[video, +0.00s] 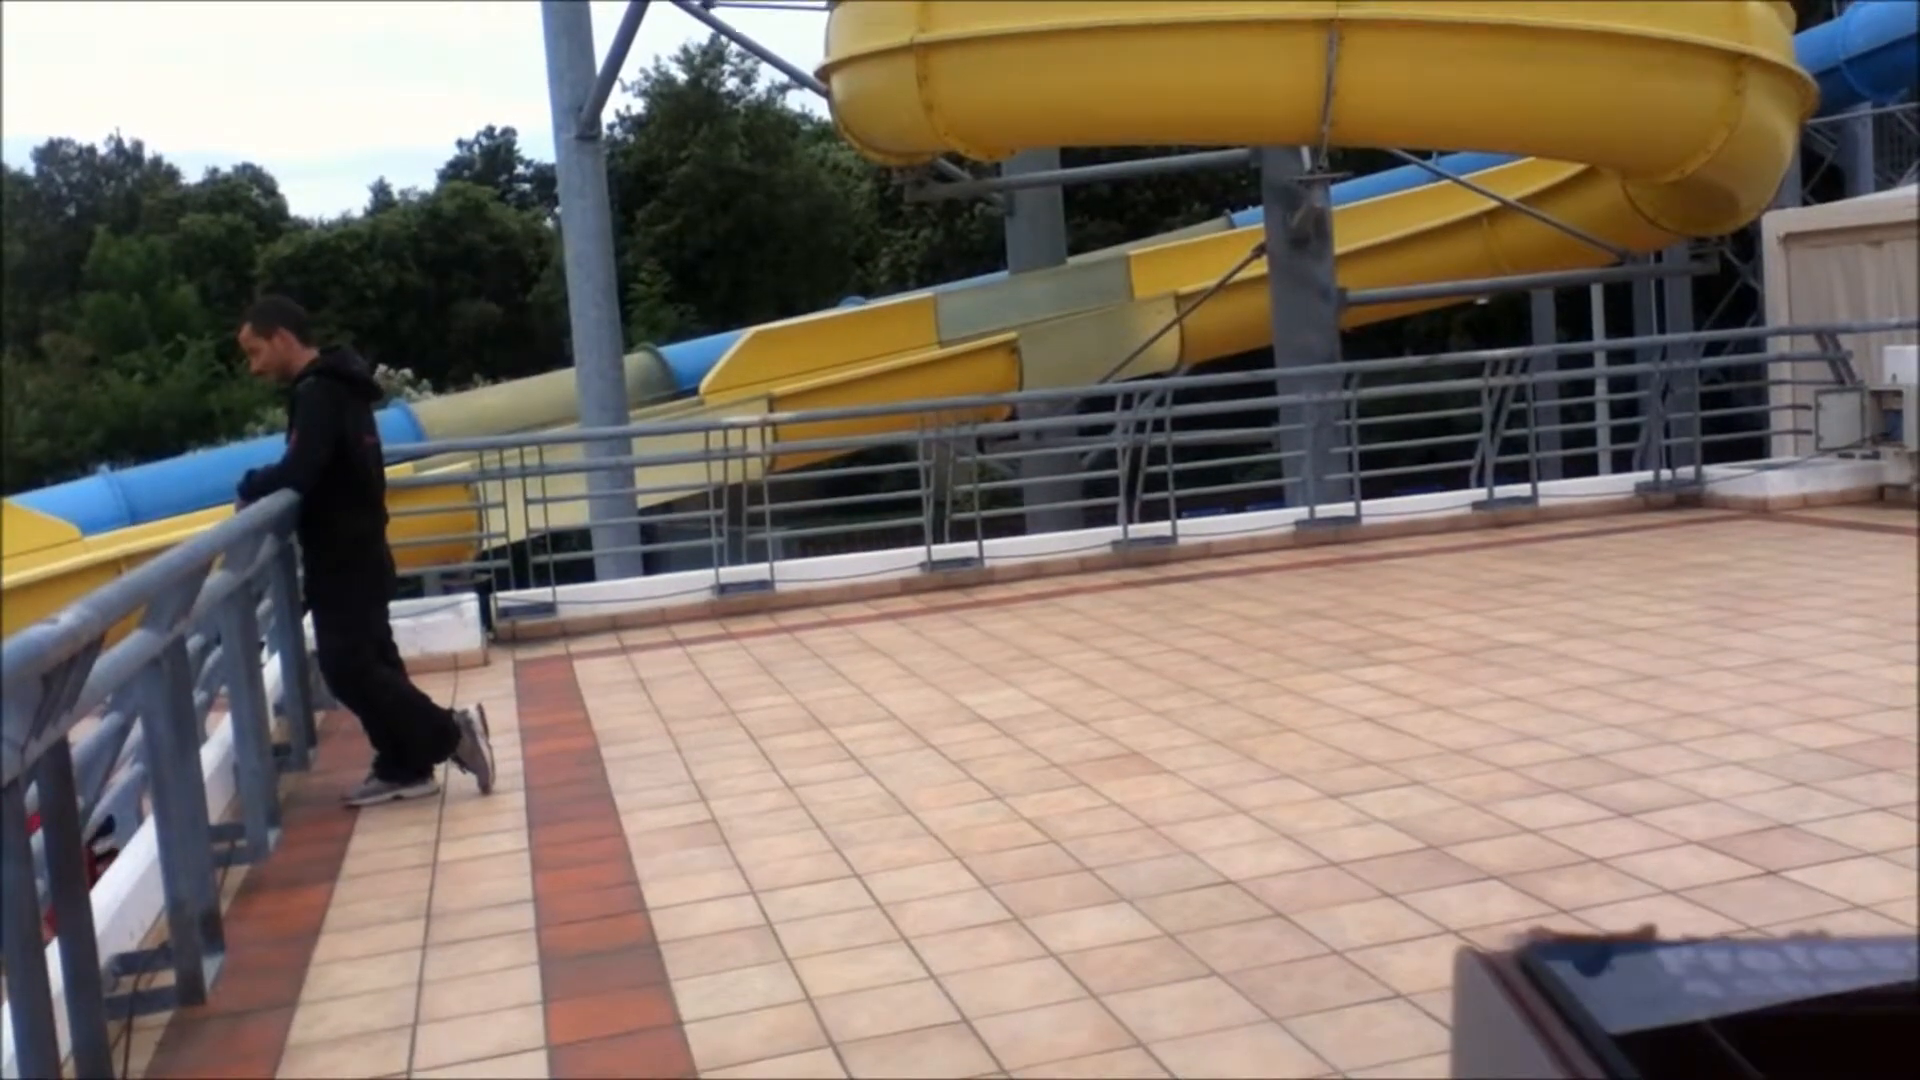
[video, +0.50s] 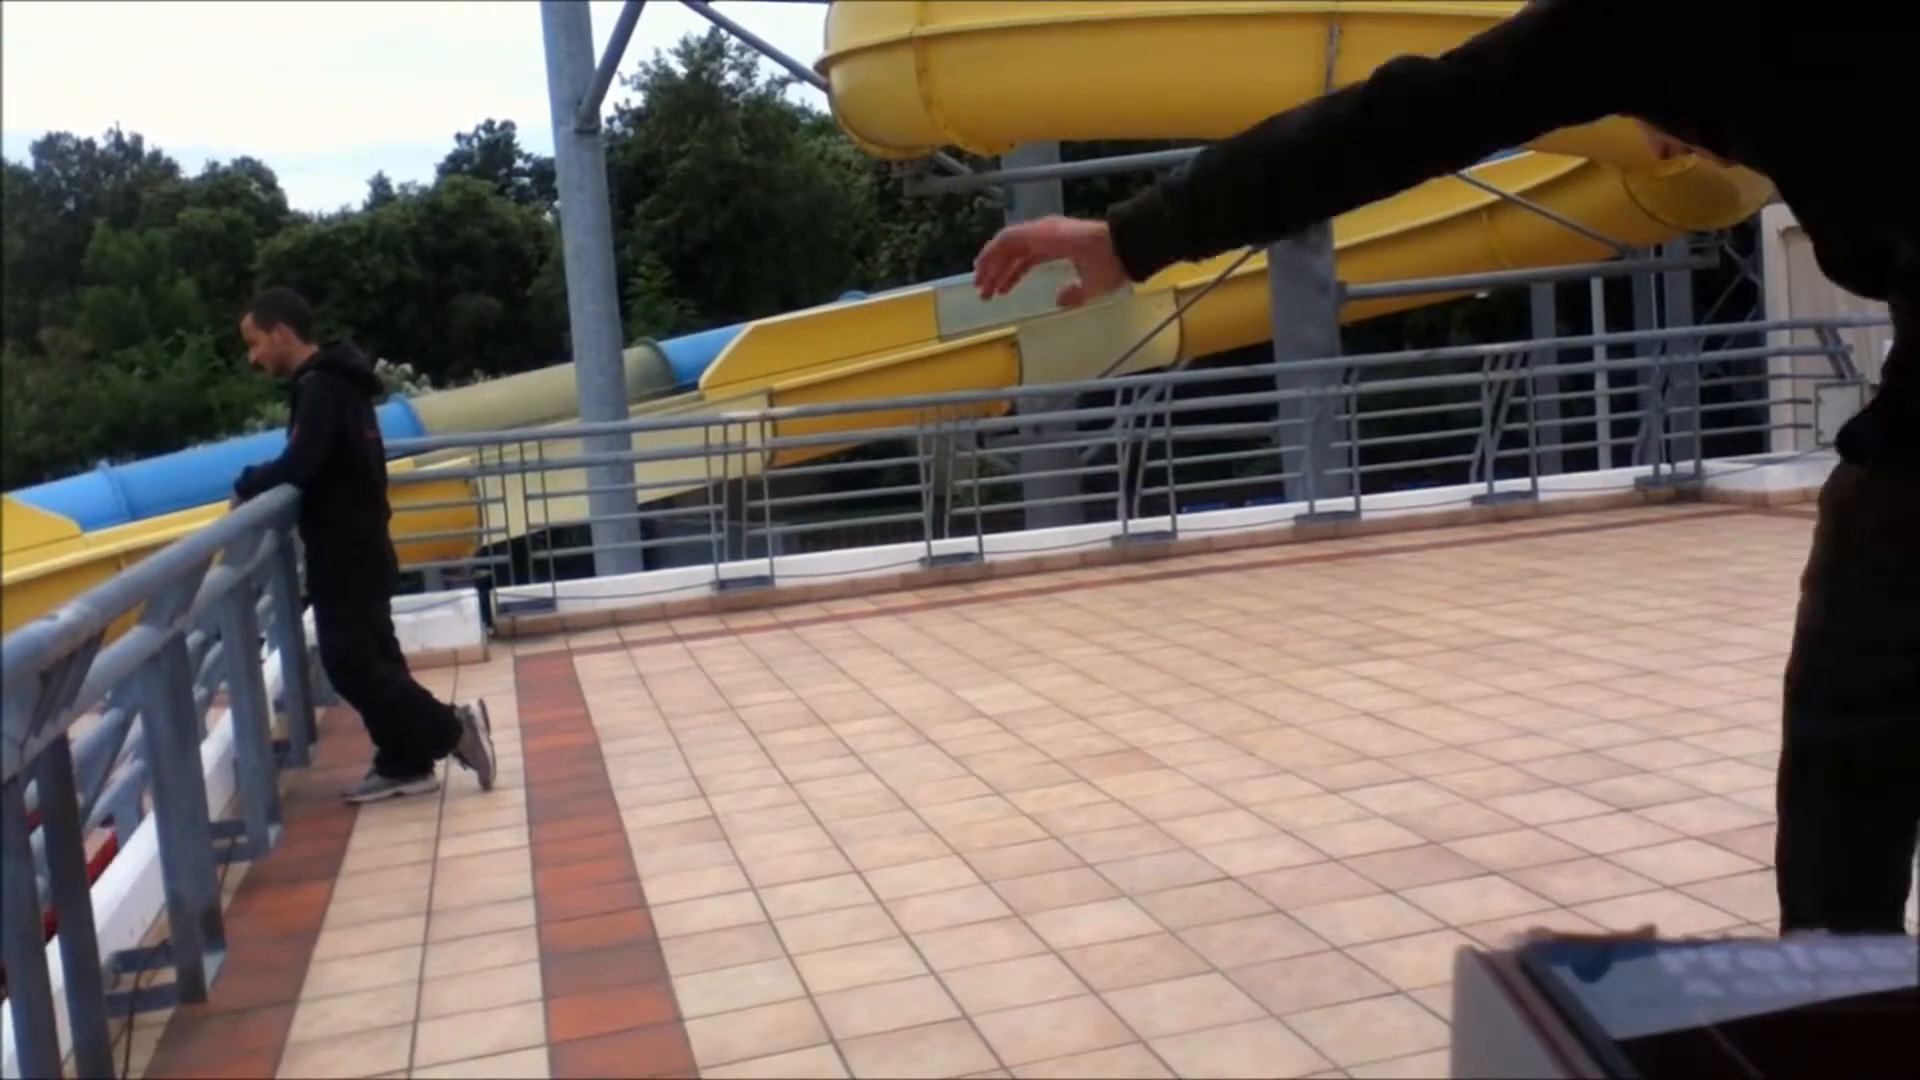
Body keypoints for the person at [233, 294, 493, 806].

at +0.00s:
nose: (252, 366)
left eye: (254, 352)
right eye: (248, 355)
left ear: (283, 339)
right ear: (288, 342)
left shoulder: (318, 392)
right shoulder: (334, 382)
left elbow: (303, 471)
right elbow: (315, 467)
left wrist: (253, 486)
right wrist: (268, 483)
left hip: (343, 558)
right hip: (357, 553)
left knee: (346, 670)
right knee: (371, 659)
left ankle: (449, 734)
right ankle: (402, 769)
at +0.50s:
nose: (252, 358)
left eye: (253, 343)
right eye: (248, 346)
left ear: (283, 333)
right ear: (289, 335)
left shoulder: (319, 386)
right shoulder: (334, 377)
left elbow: (303, 465)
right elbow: (311, 463)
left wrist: (247, 485)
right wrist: (261, 484)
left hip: (345, 552)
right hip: (359, 548)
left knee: (348, 666)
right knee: (373, 654)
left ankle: (451, 730)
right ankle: (403, 765)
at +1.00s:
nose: (254, 354)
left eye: (255, 340)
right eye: (252, 342)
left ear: (278, 333)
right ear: (291, 332)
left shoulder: (320, 384)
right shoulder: (332, 376)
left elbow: (304, 466)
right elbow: (315, 465)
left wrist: (247, 478)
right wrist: (260, 481)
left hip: (351, 552)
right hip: (356, 549)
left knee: (354, 664)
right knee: (359, 660)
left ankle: (457, 726)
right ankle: (401, 766)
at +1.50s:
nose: (385, 316)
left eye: (393, 308)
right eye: (372, 306)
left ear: (402, 317)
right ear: (344, 316)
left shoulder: (430, 375)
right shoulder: (335, 385)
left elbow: (468, 451)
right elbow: (315, 444)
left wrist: (396, 465)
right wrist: (272, 496)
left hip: (442, 530)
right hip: (383, 532)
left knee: (441, 646)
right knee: (360, 644)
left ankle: (452, 753)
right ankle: (392, 756)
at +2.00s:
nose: (522, 339)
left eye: (526, 329)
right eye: (508, 331)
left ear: (531, 333)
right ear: (473, 340)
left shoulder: (550, 392)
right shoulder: (443, 397)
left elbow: (599, 430)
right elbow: (388, 442)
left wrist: (638, 445)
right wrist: (328, 480)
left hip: (528, 550)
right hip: (469, 551)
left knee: (502, 655)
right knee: (511, 654)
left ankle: (456, 746)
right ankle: (538, 775)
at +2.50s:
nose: (741, 276)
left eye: (737, 265)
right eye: (730, 265)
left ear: (705, 275)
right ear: (696, 274)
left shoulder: (718, 349)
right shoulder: (640, 339)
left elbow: (748, 420)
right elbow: (570, 366)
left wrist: (823, 390)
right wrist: (621, 321)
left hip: (710, 533)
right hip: (651, 535)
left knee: (707, 676)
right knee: (658, 671)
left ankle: (664, 804)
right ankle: (591, 722)